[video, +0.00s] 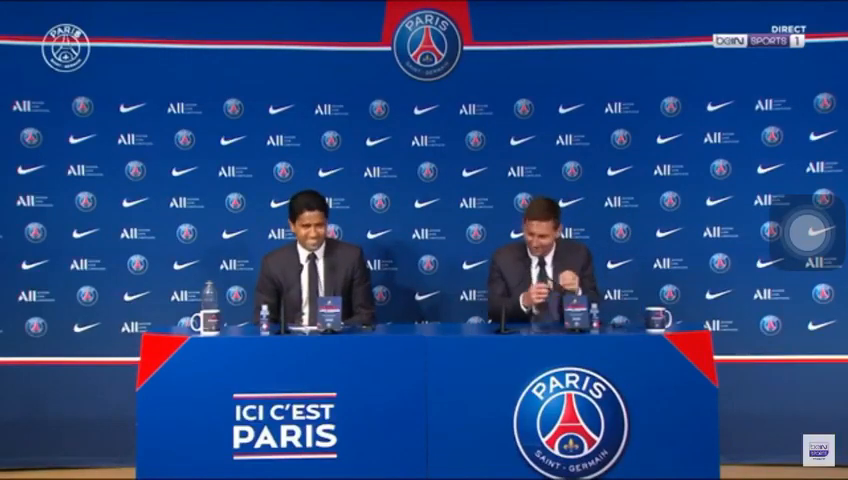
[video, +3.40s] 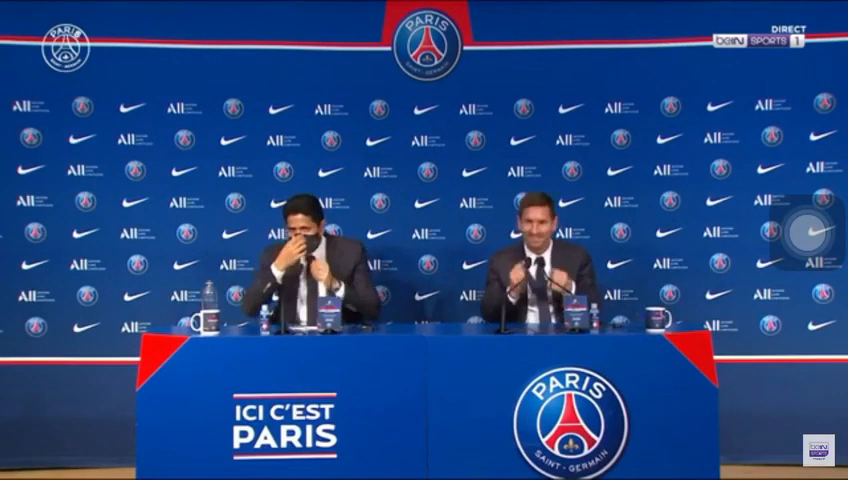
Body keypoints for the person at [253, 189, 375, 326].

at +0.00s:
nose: (314, 233)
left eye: (319, 225)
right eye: (306, 226)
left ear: (326, 223)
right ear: (292, 226)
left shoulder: (351, 256)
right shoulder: (274, 262)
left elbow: (365, 315)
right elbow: (264, 320)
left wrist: (336, 332)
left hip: (339, 346)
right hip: (290, 347)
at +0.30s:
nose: (310, 244)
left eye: (317, 237)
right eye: (304, 237)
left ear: (326, 230)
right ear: (293, 232)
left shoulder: (352, 255)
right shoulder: (274, 260)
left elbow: (372, 312)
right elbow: (254, 315)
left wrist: (351, 311)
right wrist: (277, 317)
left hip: (339, 345)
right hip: (290, 346)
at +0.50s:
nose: (310, 246)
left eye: (316, 238)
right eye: (303, 239)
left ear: (326, 231)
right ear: (293, 233)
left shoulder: (352, 254)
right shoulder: (274, 258)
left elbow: (375, 312)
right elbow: (248, 314)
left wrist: (353, 301)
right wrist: (268, 302)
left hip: (341, 345)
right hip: (289, 346)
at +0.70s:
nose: (309, 247)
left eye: (315, 240)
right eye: (302, 241)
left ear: (326, 232)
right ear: (293, 234)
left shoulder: (351, 253)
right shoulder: (275, 256)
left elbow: (378, 311)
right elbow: (244, 313)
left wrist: (352, 279)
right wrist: (266, 280)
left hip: (340, 347)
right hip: (291, 347)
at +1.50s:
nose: (308, 246)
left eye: (315, 239)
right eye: (301, 239)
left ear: (326, 232)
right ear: (291, 235)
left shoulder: (345, 254)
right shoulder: (277, 258)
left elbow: (384, 292)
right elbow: (236, 302)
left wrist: (355, 252)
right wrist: (259, 257)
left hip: (341, 345)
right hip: (291, 346)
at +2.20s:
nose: (297, 239)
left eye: (304, 233)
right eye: (292, 233)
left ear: (319, 228)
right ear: (284, 231)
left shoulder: (349, 250)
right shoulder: (275, 256)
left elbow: (376, 299)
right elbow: (237, 302)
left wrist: (339, 266)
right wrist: (255, 254)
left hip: (337, 346)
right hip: (289, 347)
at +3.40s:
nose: (299, 236)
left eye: (305, 229)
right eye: (292, 230)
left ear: (321, 226)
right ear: (286, 229)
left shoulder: (350, 251)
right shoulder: (274, 254)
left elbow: (373, 309)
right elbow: (250, 308)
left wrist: (334, 284)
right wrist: (278, 267)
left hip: (337, 343)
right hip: (289, 343)